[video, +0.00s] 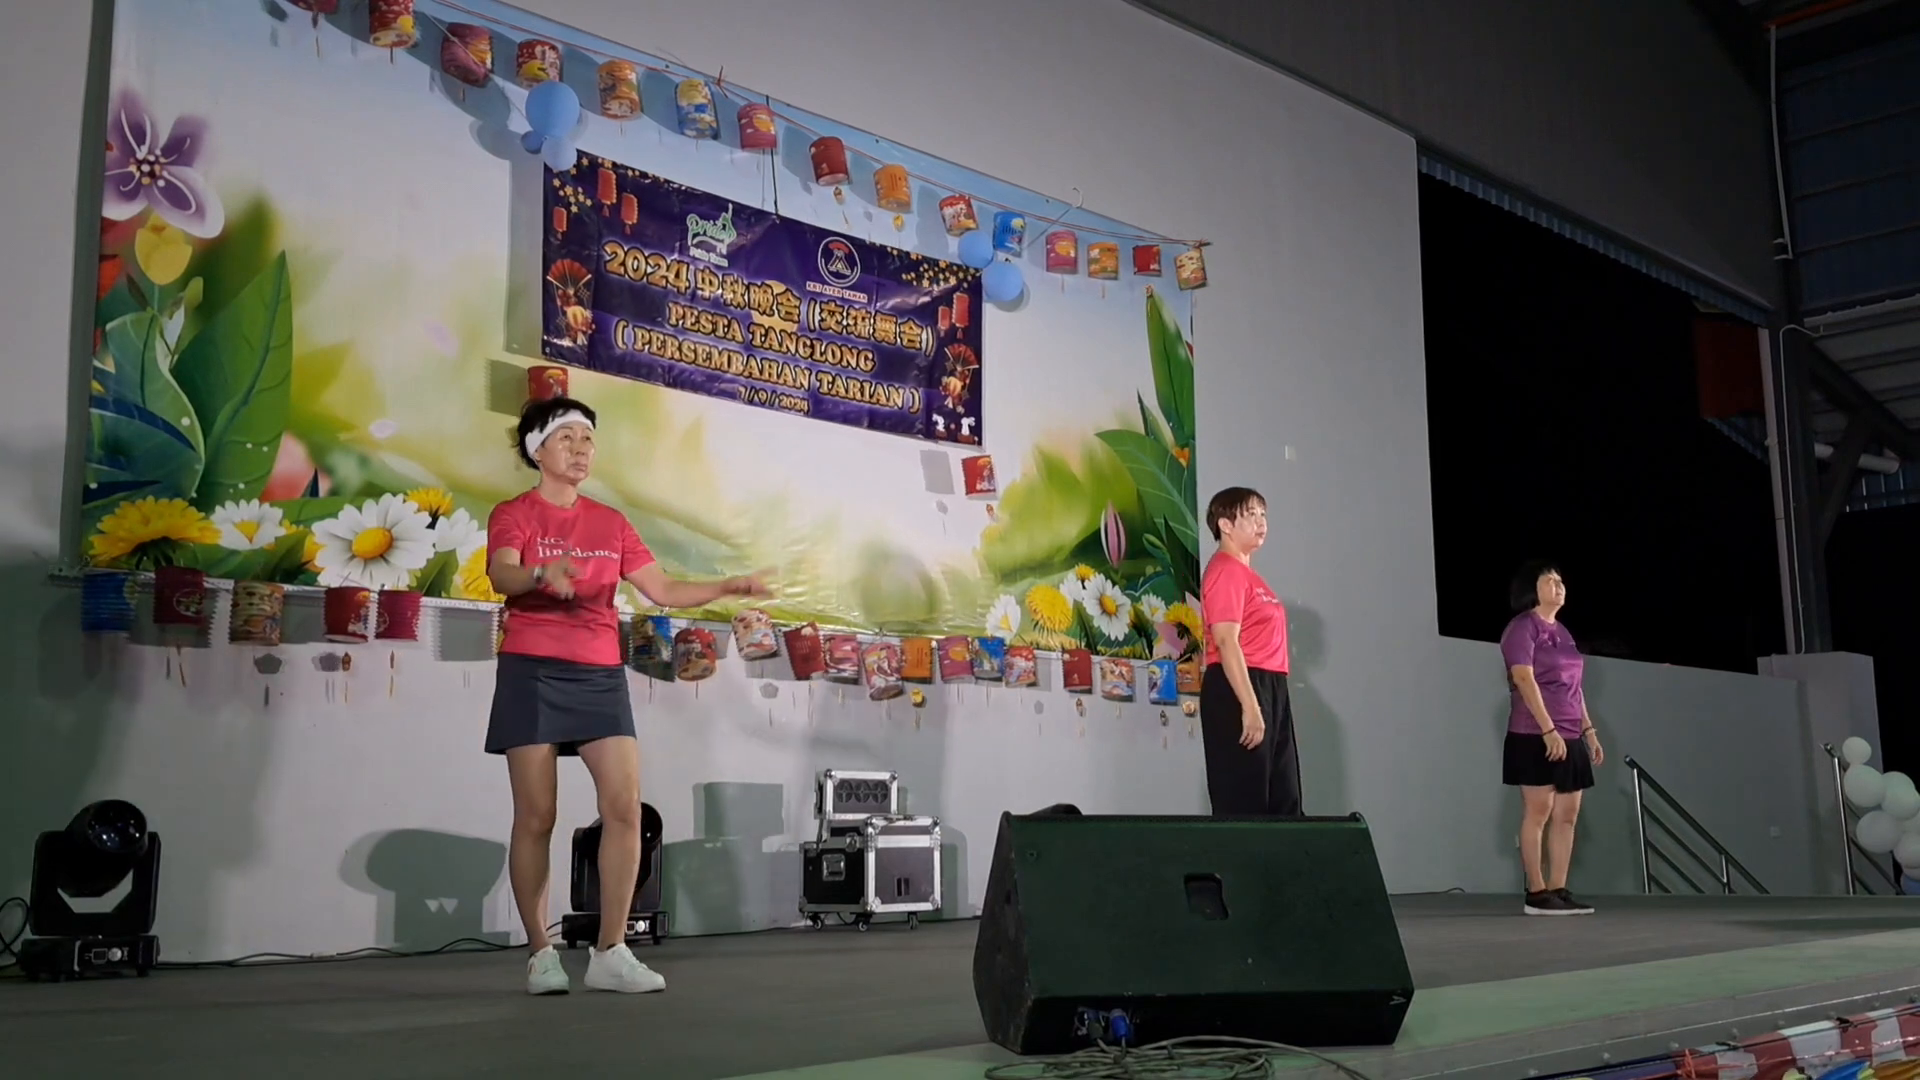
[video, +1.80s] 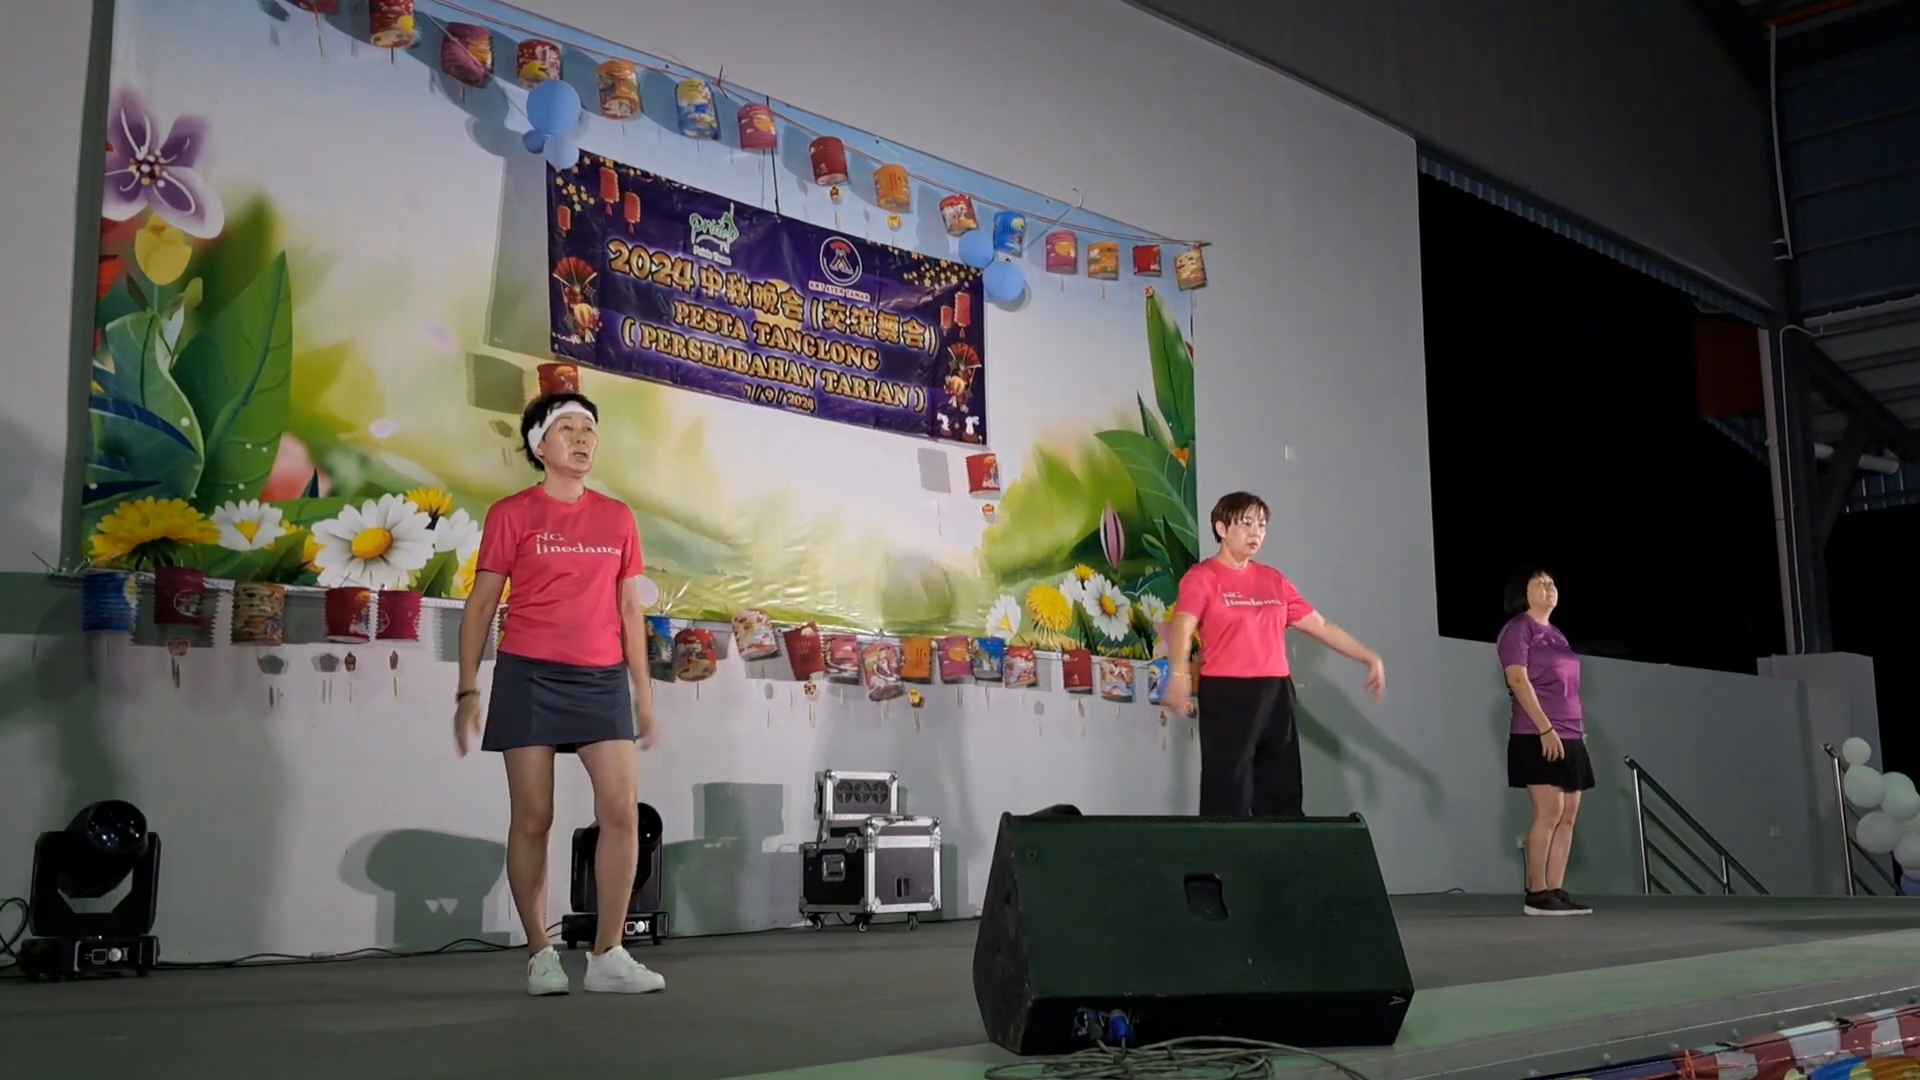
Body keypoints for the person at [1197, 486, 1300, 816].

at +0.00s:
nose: (1261, 524)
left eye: (1263, 517)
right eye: (1251, 517)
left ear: (1267, 521)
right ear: (1226, 525)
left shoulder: (1244, 570)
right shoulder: (1226, 570)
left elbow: (1249, 641)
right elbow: (1226, 640)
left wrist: (1275, 704)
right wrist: (1249, 705)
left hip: (1270, 686)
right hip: (1240, 685)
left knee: (1283, 796)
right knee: (1244, 798)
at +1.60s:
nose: (1263, 528)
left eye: (1267, 520)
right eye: (1252, 519)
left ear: (1272, 525)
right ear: (1227, 525)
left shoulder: (1267, 572)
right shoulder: (1221, 574)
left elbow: (1289, 631)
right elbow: (1216, 635)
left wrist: (1313, 684)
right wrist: (1241, 693)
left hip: (1277, 693)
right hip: (1236, 692)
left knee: (1286, 796)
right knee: (1257, 797)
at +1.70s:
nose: (1260, 531)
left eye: (1265, 523)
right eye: (1251, 522)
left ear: (1270, 529)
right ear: (1226, 528)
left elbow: (1306, 631)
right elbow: (1200, 632)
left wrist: (1345, 675)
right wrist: (1214, 684)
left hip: (1279, 698)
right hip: (1235, 698)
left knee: (1286, 798)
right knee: (1251, 799)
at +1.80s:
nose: (1256, 533)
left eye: (1261, 525)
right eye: (1247, 524)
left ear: (1266, 532)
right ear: (1221, 529)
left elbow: (1320, 626)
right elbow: (1182, 628)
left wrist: (1370, 657)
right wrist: (1179, 677)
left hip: (1277, 696)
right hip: (1227, 695)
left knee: (1282, 793)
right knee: (1229, 794)